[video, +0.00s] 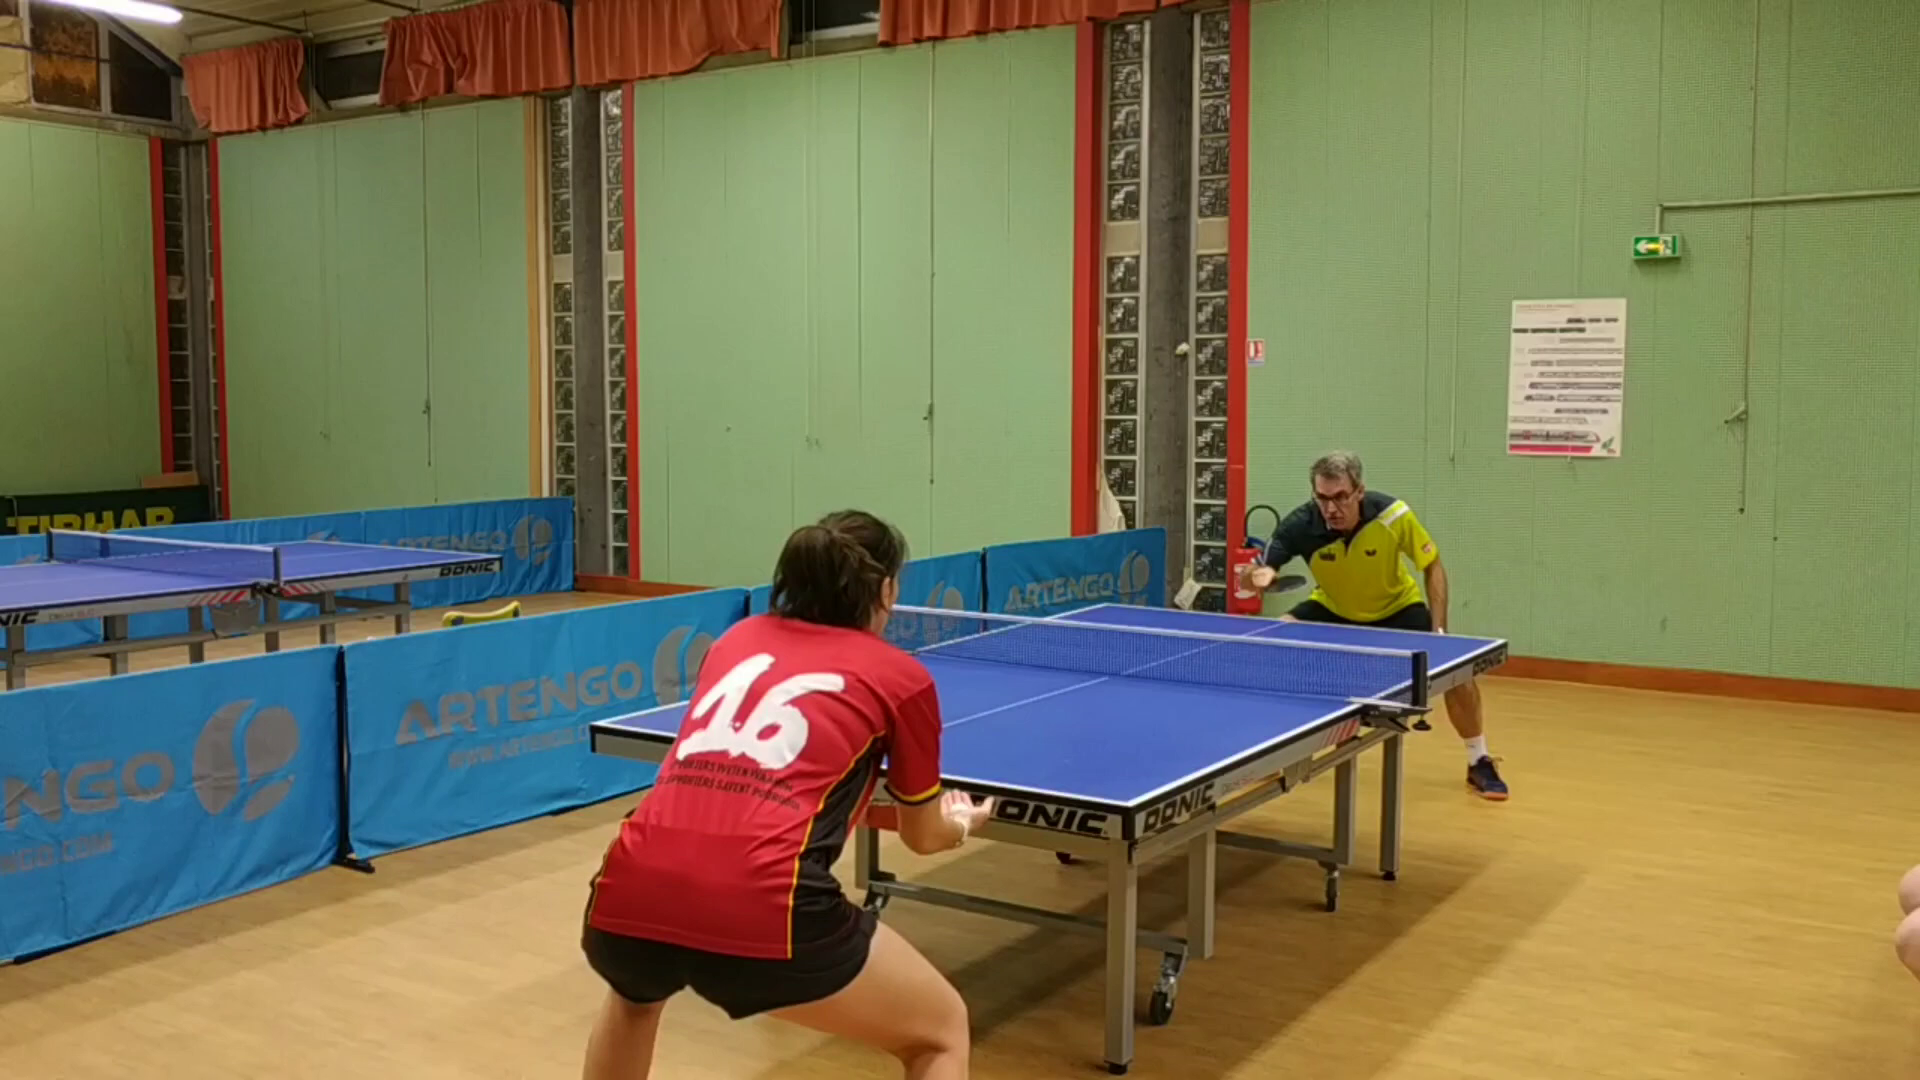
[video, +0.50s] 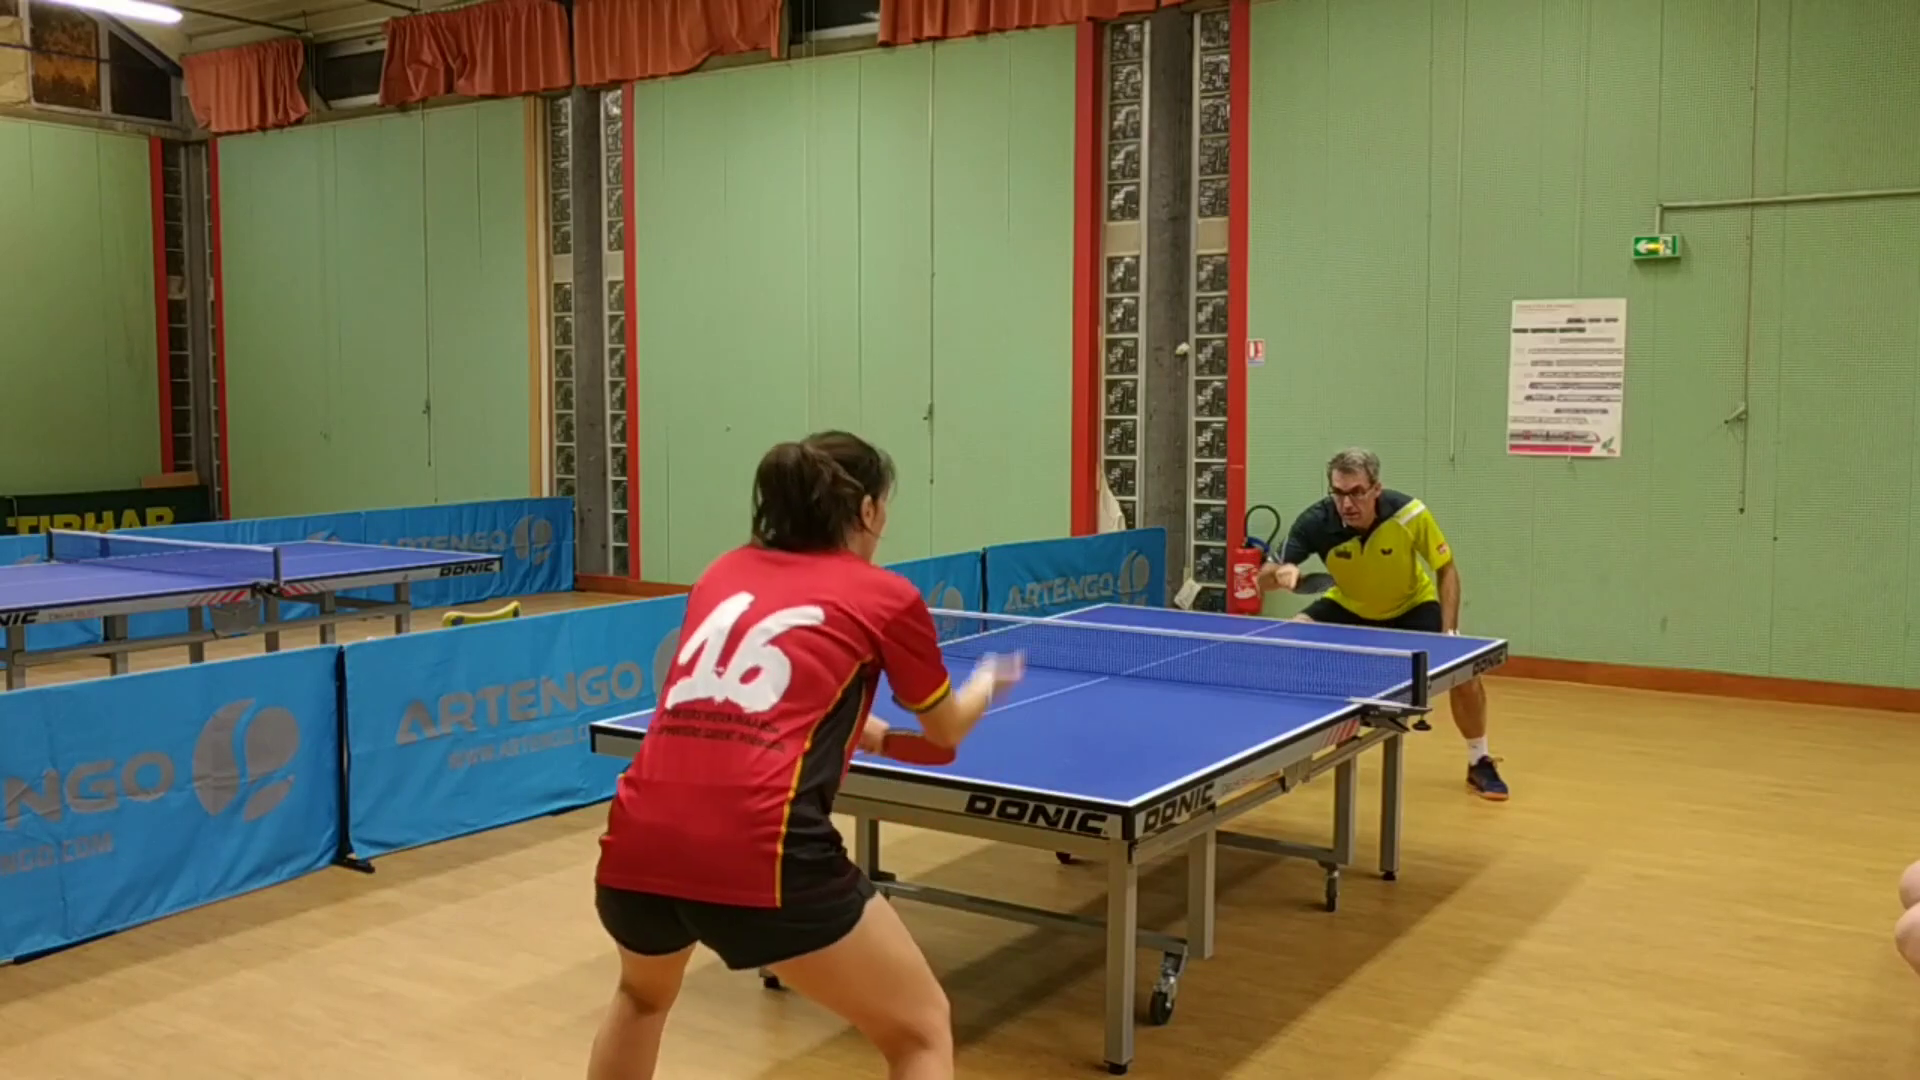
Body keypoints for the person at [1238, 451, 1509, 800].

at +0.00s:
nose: (1331, 508)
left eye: (1340, 498)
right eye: (1323, 499)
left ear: (1359, 491)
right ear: (1313, 495)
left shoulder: (1391, 514)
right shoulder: (1300, 524)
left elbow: (1432, 565)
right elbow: (1264, 570)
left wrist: (1438, 630)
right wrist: (1257, 577)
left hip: (1397, 608)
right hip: (1332, 607)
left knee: (1454, 665)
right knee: (1269, 642)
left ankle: (1480, 761)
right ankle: (1274, 753)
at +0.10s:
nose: (1337, 513)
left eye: (1346, 503)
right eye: (1329, 504)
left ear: (1365, 497)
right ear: (1320, 500)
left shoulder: (1397, 519)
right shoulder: (1307, 530)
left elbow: (1438, 569)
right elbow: (1267, 579)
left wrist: (1442, 631)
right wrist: (1269, 581)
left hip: (1401, 610)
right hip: (1336, 611)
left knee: (1457, 666)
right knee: (1275, 642)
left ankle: (1480, 762)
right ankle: (1277, 754)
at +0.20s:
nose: (1342, 514)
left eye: (1351, 504)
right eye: (1334, 505)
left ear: (1370, 498)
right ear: (1325, 500)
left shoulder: (1401, 519)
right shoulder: (1310, 532)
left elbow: (1441, 572)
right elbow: (1263, 588)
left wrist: (1444, 632)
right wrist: (1274, 584)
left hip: (1405, 610)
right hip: (1341, 610)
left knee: (1460, 667)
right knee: (1276, 644)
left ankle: (1480, 761)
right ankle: (1279, 753)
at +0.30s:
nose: (1345, 513)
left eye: (1354, 502)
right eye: (1337, 503)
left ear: (1374, 496)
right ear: (1328, 498)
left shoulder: (1405, 519)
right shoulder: (1312, 531)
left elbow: (1444, 571)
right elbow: (1265, 589)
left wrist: (1447, 634)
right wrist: (1278, 583)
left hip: (1409, 610)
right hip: (1346, 609)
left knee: (1462, 669)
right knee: (1280, 642)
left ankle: (1480, 762)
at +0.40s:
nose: (1347, 508)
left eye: (1356, 498)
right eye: (1339, 498)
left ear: (1375, 492)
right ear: (1330, 494)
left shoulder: (1407, 516)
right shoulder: (1314, 527)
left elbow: (1447, 570)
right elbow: (1267, 584)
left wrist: (1448, 633)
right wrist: (1281, 578)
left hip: (1412, 607)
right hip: (1349, 606)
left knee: (1462, 669)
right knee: (1285, 641)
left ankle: (1480, 762)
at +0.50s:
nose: (1347, 503)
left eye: (1356, 493)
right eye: (1339, 493)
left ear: (1376, 488)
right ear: (1330, 489)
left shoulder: (1408, 512)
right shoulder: (1314, 523)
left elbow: (1447, 570)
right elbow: (1265, 580)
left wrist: (1449, 633)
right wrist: (1280, 574)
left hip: (1412, 605)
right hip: (1348, 604)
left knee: (1462, 667)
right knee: (1284, 640)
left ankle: (1480, 762)